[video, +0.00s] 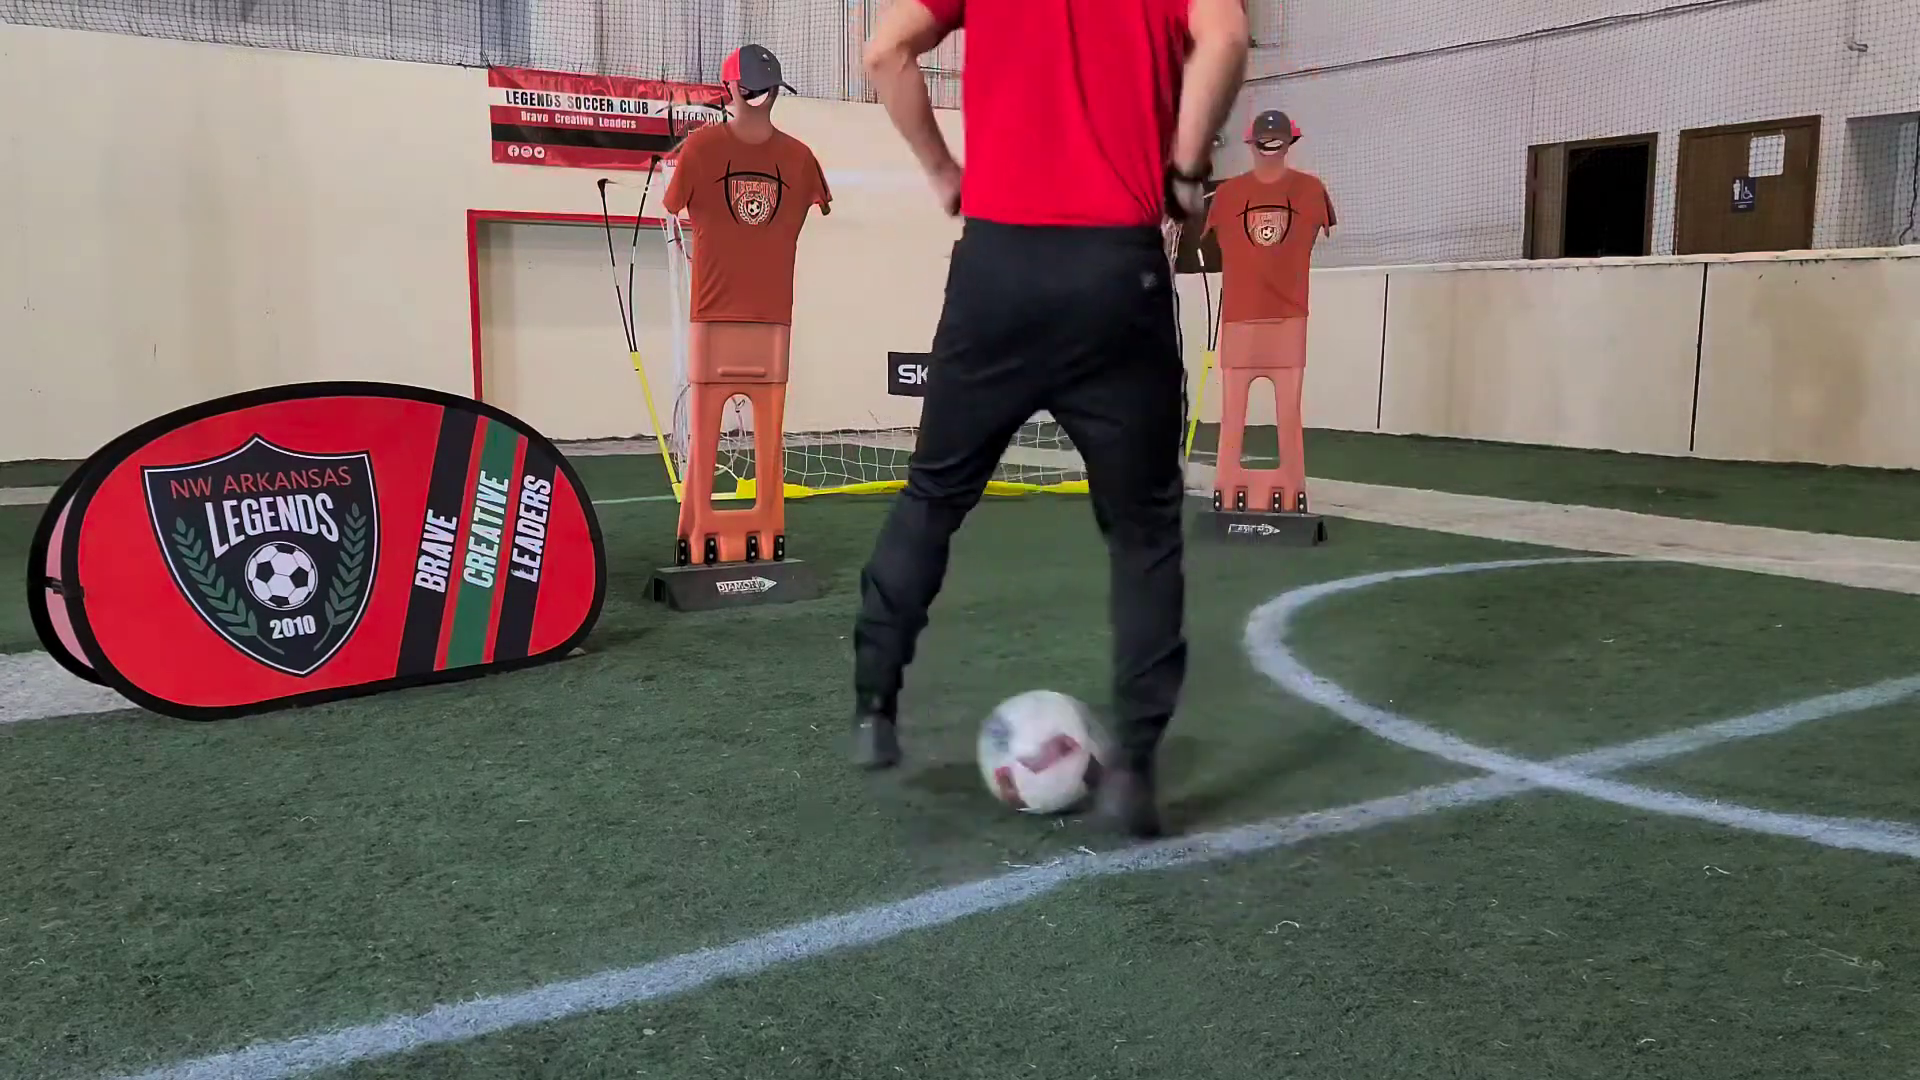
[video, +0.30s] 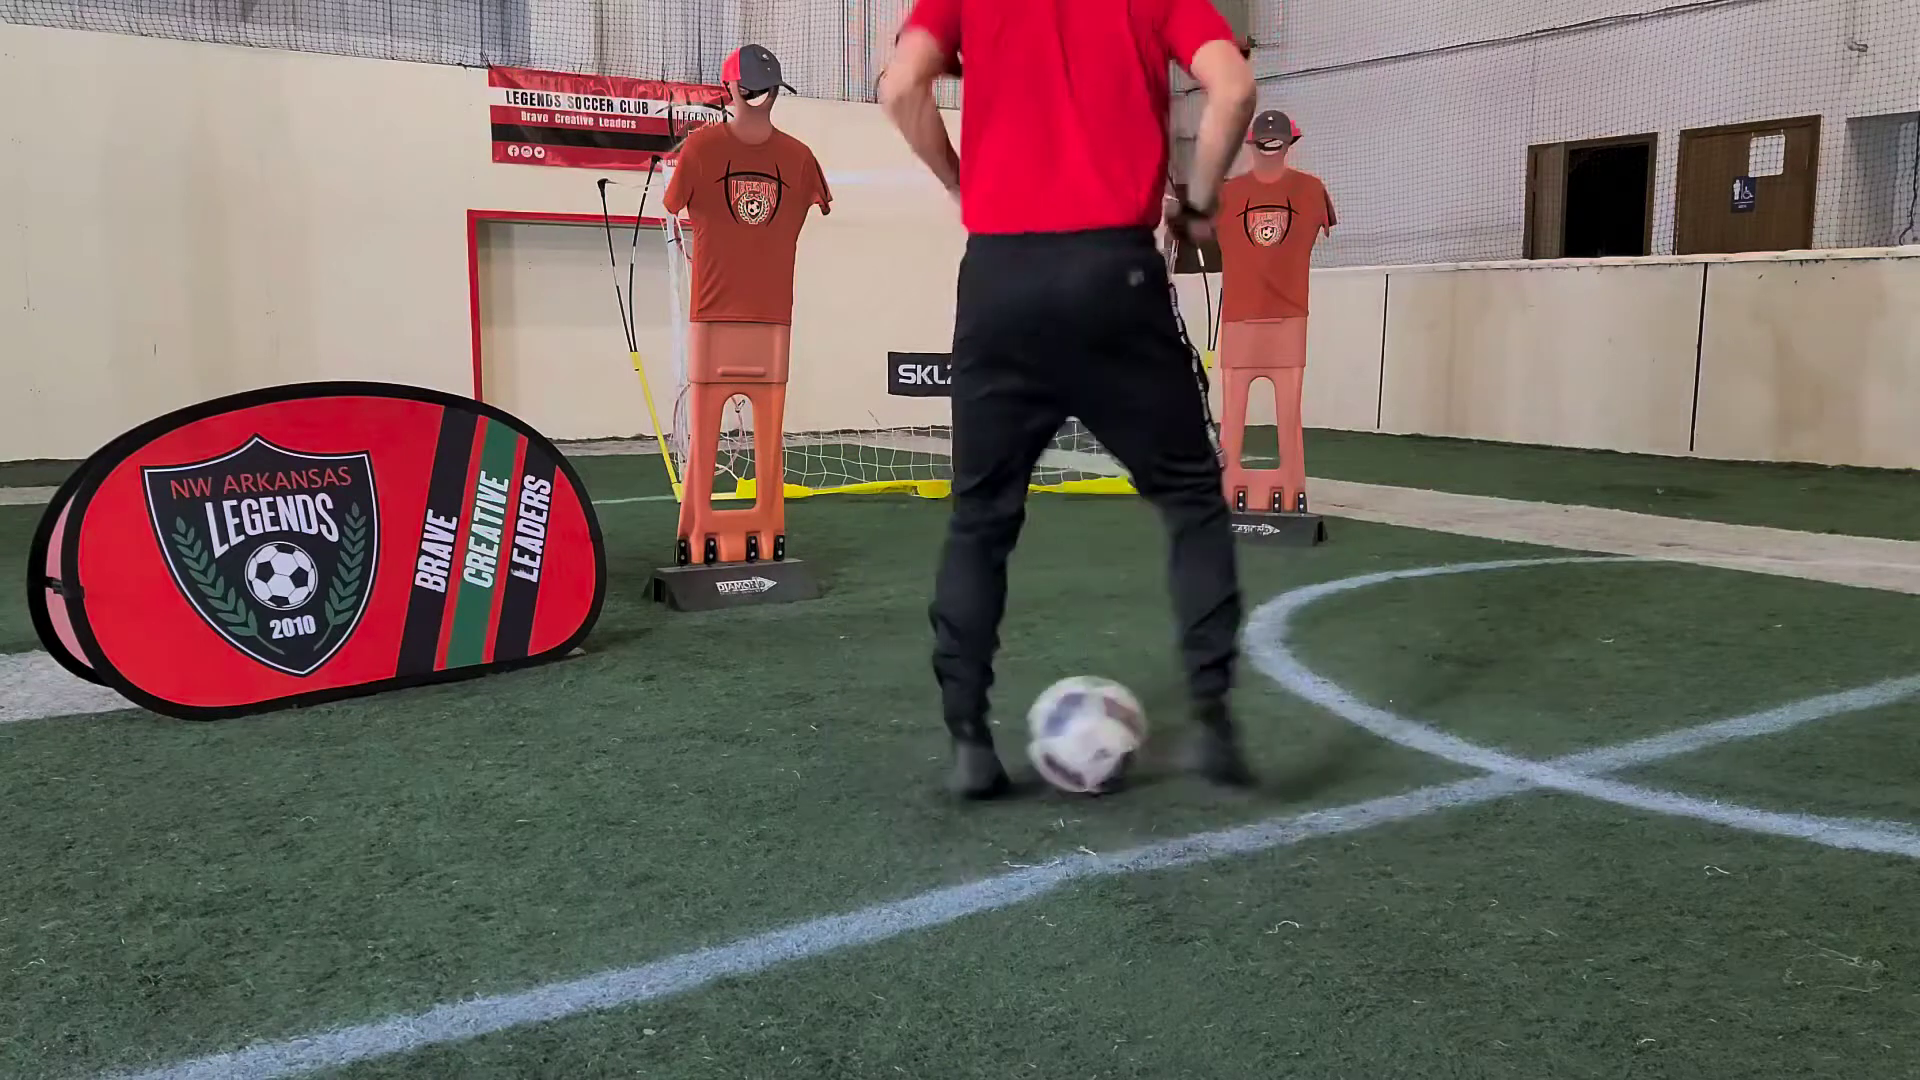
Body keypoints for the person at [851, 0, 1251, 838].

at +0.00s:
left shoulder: (979, 1)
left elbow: (886, 52)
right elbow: (1224, 34)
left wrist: (944, 171)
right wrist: (1188, 169)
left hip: (996, 264)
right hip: (1118, 268)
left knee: (935, 490)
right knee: (1143, 525)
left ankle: (874, 704)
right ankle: (1134, 764)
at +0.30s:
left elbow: (902, 85)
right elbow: (1232, 85)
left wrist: (961, 182)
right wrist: (1196, 205)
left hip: (997, 274)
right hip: (1113, 272)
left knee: (979, 518)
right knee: (1191, 500)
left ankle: (969, 739)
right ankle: (1213, 721)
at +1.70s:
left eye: (1093, 3)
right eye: (1184, 11)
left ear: (1103, 6)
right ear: (1176, 9)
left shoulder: (1057, 57)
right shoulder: (1204, 65)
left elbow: (992, 145)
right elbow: (1230, 137)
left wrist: (1045, 214)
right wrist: (1218, 238)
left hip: (1069, 289)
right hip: (1160, 293)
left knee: (1022, 450)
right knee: (1179, 473)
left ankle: (988, 611)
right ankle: (1175, 644)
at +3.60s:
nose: (1207, 91)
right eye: (1209, 84)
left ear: (1155, 84)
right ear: (1207, 85)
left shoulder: (1120, 127)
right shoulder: (1229, 134)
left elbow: (1083, 187)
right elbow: (1267, 209)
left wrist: (1105, 238)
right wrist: (1247, 247)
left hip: (1138, 300)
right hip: (1204, 301)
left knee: (1122, 417)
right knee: (1232, 418)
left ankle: (1106, 541)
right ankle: (1231, 538)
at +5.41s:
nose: (1295, 122)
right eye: (1295, 115)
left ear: (1245, 113)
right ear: (1290, 116)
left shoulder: (1208, 158)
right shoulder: (1304, 165)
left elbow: (1163, 223)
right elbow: (1326, 230)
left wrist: (1188, 266)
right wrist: (1313, 287)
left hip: (1207, 309)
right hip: (1261, 313)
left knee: (1212, 381)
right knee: (1256, 427)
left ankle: (1187, 486)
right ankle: (1240, 544)